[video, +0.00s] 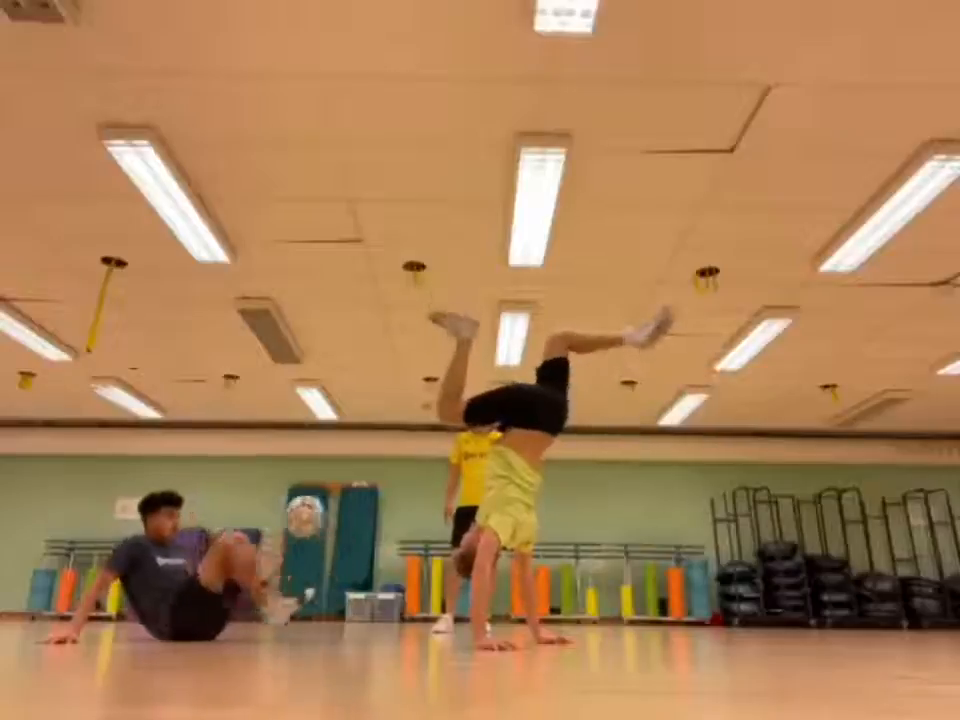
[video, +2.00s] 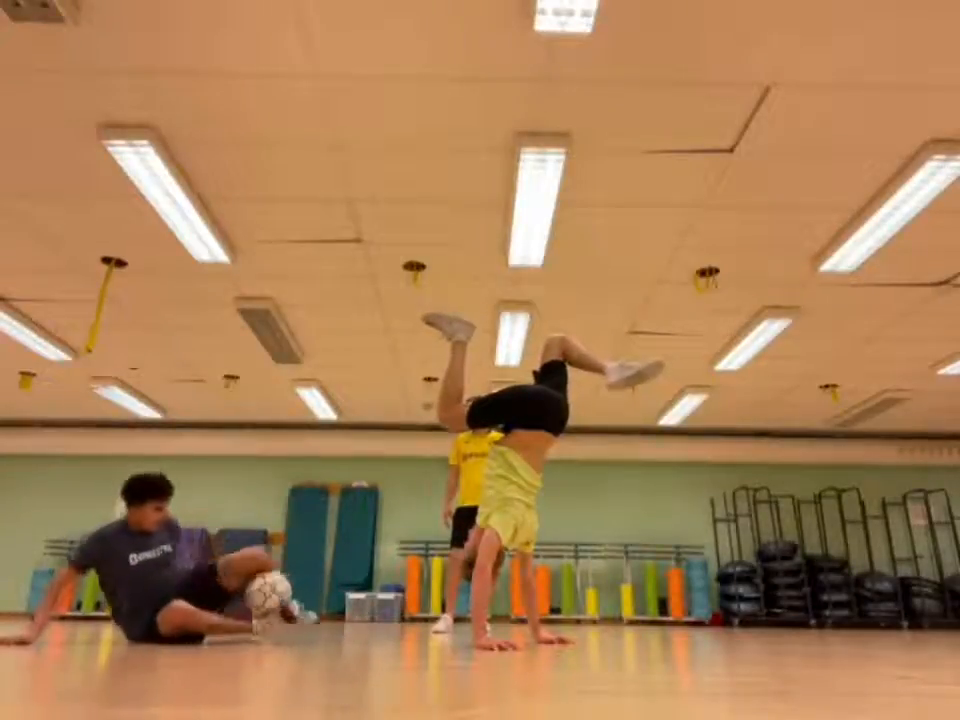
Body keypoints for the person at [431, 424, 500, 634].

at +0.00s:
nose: (478, 425)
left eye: (483, 420)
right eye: (474, 420)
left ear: (493, 418)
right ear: (468, 419)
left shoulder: (500, 439)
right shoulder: (463, 439)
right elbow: (454, 472)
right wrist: (449, 501)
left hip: (493, 504)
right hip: (467, 504)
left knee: (488, 564)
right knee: (456, 560)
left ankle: (484, 618)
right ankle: (449, 613)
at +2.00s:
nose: (476, 418)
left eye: (481, 412)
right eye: (473, 411)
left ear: (492, 415)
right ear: (467, 415)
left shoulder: (499, 439)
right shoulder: (462, 440)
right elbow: (454, 473)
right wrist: (448, 503)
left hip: (492, 504)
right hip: (466, 504)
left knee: (490, 564)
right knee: (456, 558)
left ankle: (483, 618)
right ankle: (449, 613)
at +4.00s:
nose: (444, 409)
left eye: (447, 404)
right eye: (439, 404)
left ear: (452, 409)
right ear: (432, 409)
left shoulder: (464, 438)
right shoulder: (422, 438)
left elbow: (474, 474)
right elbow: (416, 475)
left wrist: (475, 506)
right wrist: (411, 506)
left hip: (457, 506)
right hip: (428, 505)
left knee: (468, 558)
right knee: (412, 556)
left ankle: (477, 612)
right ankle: (409, 608)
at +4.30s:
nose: (408, 394)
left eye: (412, 390)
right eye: (403, 391)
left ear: (419, 395)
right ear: (397, 396)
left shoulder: (431, 423)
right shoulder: (391, 427)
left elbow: (441, 459)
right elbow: (387, 459)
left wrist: (441, 494)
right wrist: (379, 487)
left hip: (422, 493)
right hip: (396, 493)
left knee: (419, 552)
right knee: (394, 554)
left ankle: (437, 601)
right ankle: (400, 611)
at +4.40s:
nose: (400, 390)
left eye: (404, 386)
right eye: (395, 386)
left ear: (410, 391)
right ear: (388, 391)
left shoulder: (422, 418)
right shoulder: (381, 425)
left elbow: (435, 454)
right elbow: (375, 460)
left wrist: (435, 491)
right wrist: (364, 492)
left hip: (415, 489)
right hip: (390, 491)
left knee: (405, 544)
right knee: (392, 549)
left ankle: (409, 606)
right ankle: (399, 606)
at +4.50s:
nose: (392, 389)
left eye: (396, 385)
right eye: (387, 385)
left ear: (402, 391)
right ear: (380, 391)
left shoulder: (414, 419)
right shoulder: (373, 424)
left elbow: (427, 455)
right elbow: (366, 460)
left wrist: (427, 492)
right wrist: (355, 491)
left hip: (407, 490)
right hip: (382, 492)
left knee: (389, 544)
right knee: (390, 551)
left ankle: (377, 606)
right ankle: (397, 611)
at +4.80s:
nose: (368, 379)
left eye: (374, 375)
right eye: (364, 375)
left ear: (380, 382)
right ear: (355, 380)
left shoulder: (388, 413)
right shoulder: (344, 417)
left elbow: (400, 453)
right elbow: (336, 454)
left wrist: (404, 491)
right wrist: (327, 488)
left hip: (372, 485)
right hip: (346, 486)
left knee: (353, 544)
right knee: (353, 555)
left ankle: (338, 614)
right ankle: (386, 594)